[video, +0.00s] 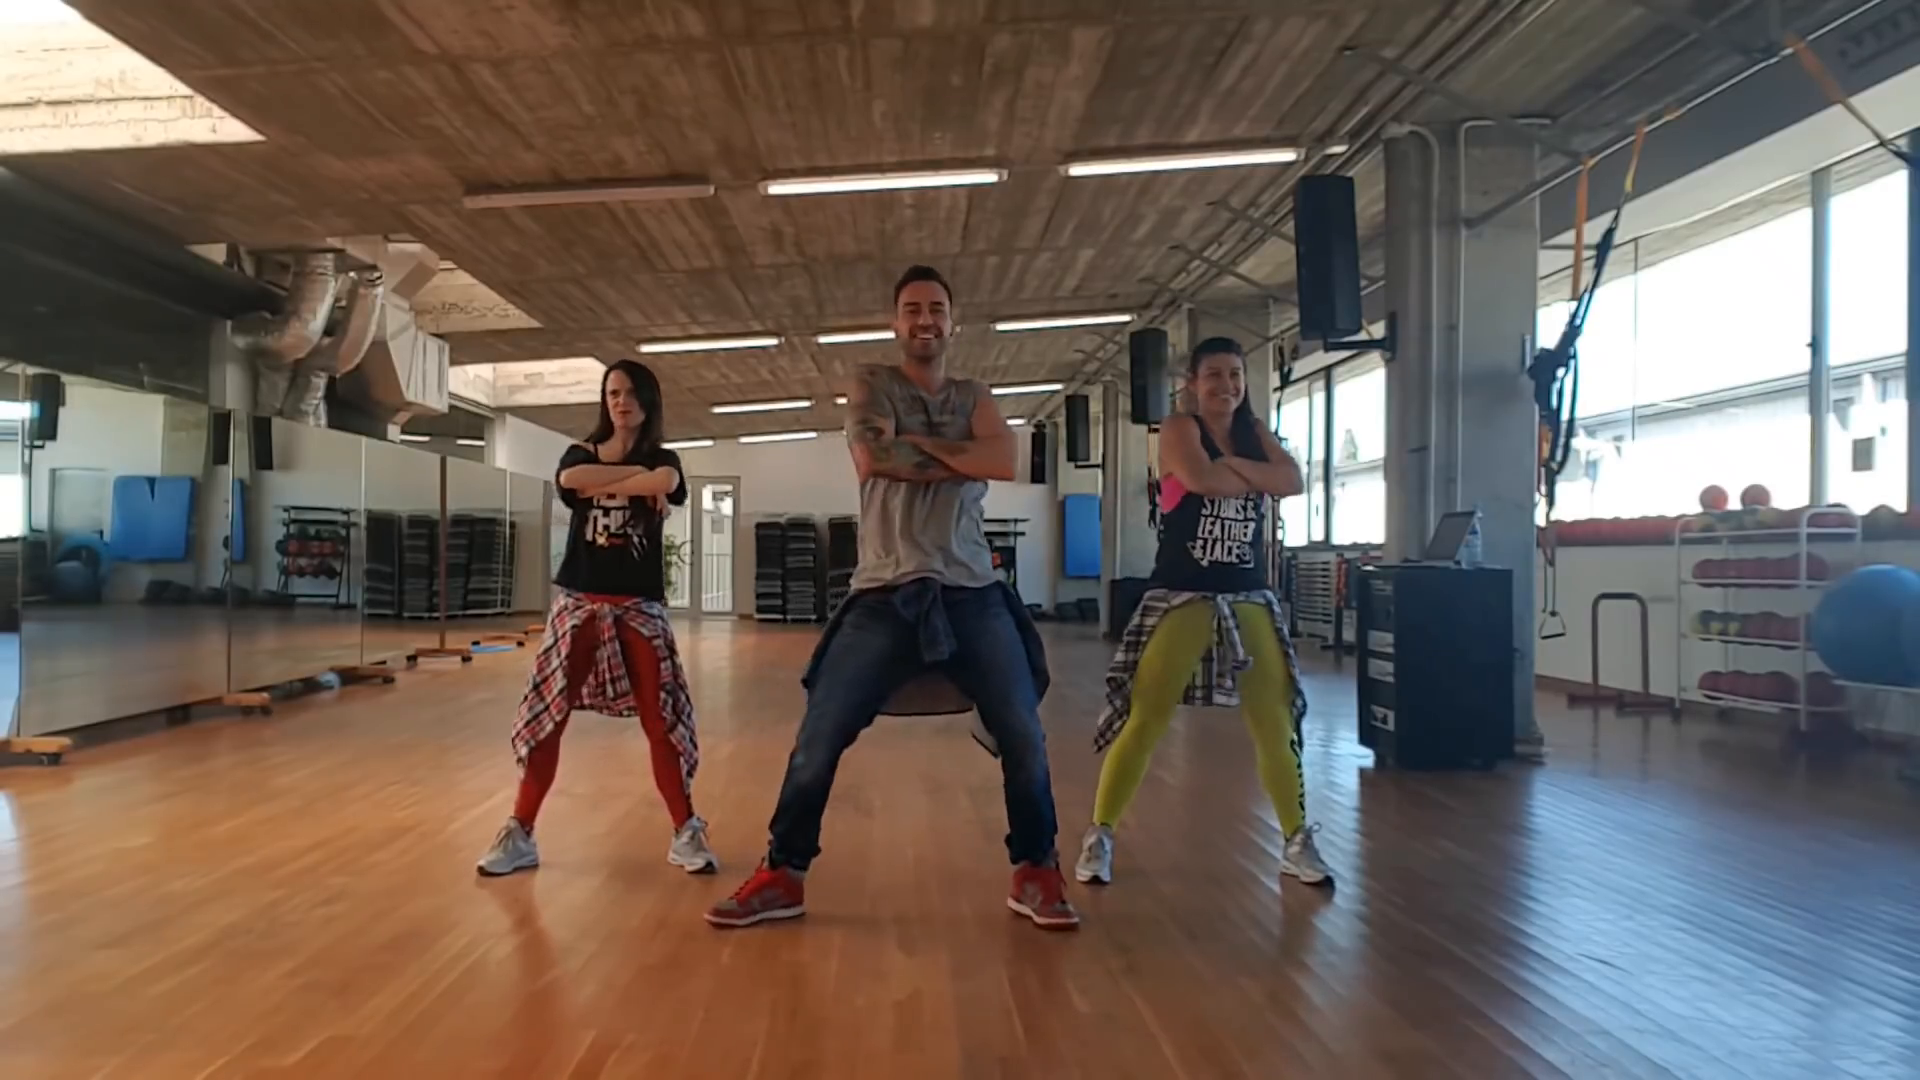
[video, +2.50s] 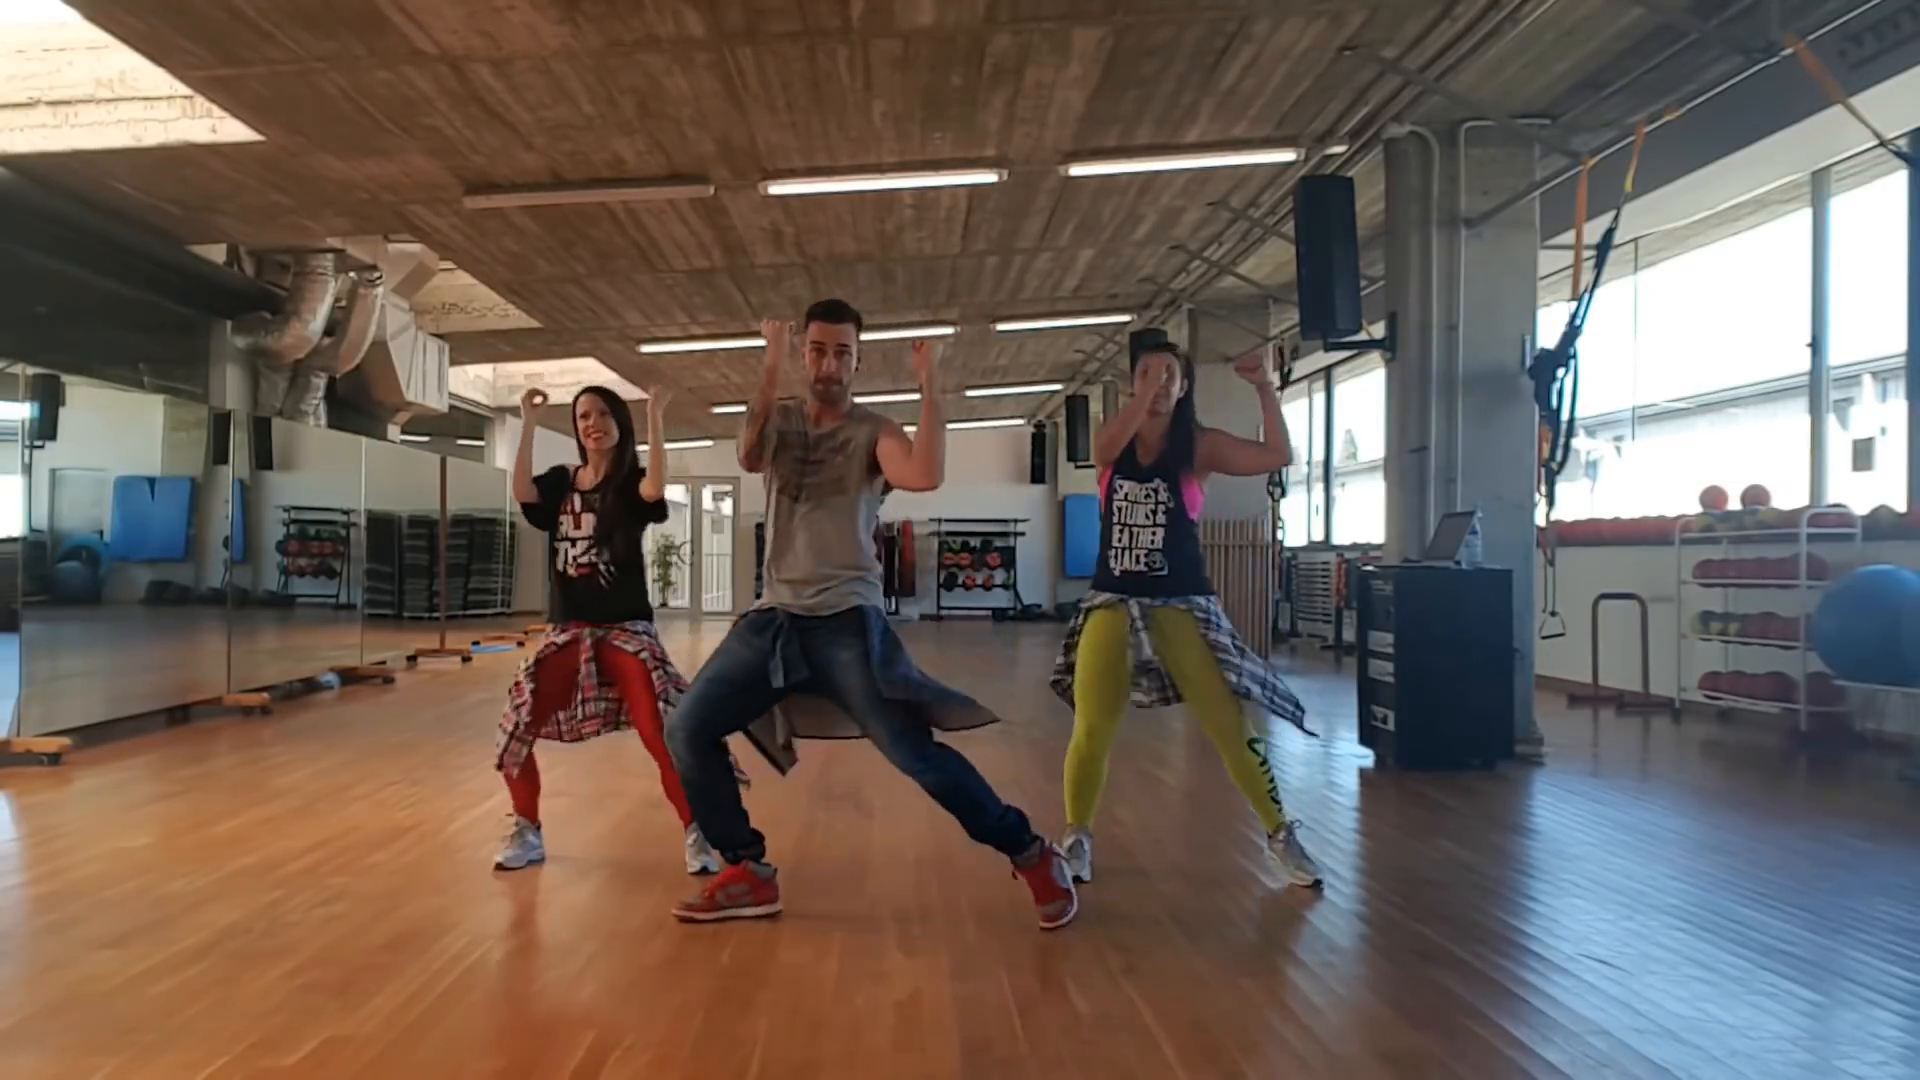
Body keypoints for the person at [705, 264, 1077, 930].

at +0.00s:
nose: (924, 319)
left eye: (935, 310)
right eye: (913, 310)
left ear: (951, 323)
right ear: (894, 322)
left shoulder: (975, 398)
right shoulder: (871, 385)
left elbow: (1004, 463)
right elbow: (870, 462)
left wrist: (910, 443)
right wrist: (966, 466)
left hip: (970, 591)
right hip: (882, 592)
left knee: (1021, 728)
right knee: (822, 727)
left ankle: (1036, 873)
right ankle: (784, 875)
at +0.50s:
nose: (880, 317)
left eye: (891, 306)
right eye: (868, 305)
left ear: (907, 317)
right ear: (849, 315)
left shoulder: (930, 386)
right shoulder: (823, 390)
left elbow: (918, 453)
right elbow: (788, 472)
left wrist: (827, 442)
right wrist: (877, 458)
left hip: (918, 591)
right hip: (828, 589)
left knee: (978, 730)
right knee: (770, 730)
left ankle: (1013, 874)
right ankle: (758, 869)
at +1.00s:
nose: (909, 309)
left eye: (920, 301)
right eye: (897, 301)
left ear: (937, 321)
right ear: (878, 321)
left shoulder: (963, 396)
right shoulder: (853, 392)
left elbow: (977, 476)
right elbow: (835, 480)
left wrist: (882, 458)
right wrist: (931, 488)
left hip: (954, 592)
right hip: (866, 592)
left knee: (1005, 727)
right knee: (809, 731)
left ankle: (1025, 873)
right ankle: (775, 872)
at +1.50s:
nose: (911, 318)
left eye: (921, 309)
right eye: (899, 308)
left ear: (939, 324)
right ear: (881, 323)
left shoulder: (957, 396)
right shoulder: (858, 395)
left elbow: (989, 429)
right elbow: (826, 423)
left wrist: (991, 339)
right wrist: (833, 336)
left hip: (947, 590)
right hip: (860, 588)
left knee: (999, 727)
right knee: (805, 727)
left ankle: (1023, 873)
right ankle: (774, 871)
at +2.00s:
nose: (934, 345)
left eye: (945, 333)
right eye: (922, 333)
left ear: (961, 342)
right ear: (904, 342)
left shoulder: (985, 410)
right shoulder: (878, 421)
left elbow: (990, 446)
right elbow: (805, 468)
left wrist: (972, 349)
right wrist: (764, 383)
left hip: (984, 606)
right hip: (897, 606)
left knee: (1031, 740)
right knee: (829, 743)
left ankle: (1033, 874)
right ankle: (809, 874)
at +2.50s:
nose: (829, 363)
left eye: (842, 353)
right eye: (819, 350)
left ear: (857, 362)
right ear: (801, 355)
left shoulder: (873, 431)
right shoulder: (780, 421)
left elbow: (923, 475)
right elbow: (750, 457)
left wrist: (927, 392)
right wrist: (770, 379)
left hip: (846, 610)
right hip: (775, 609)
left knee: (907, 749)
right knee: (687, 727)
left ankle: (1030, 854)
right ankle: (748, 870)